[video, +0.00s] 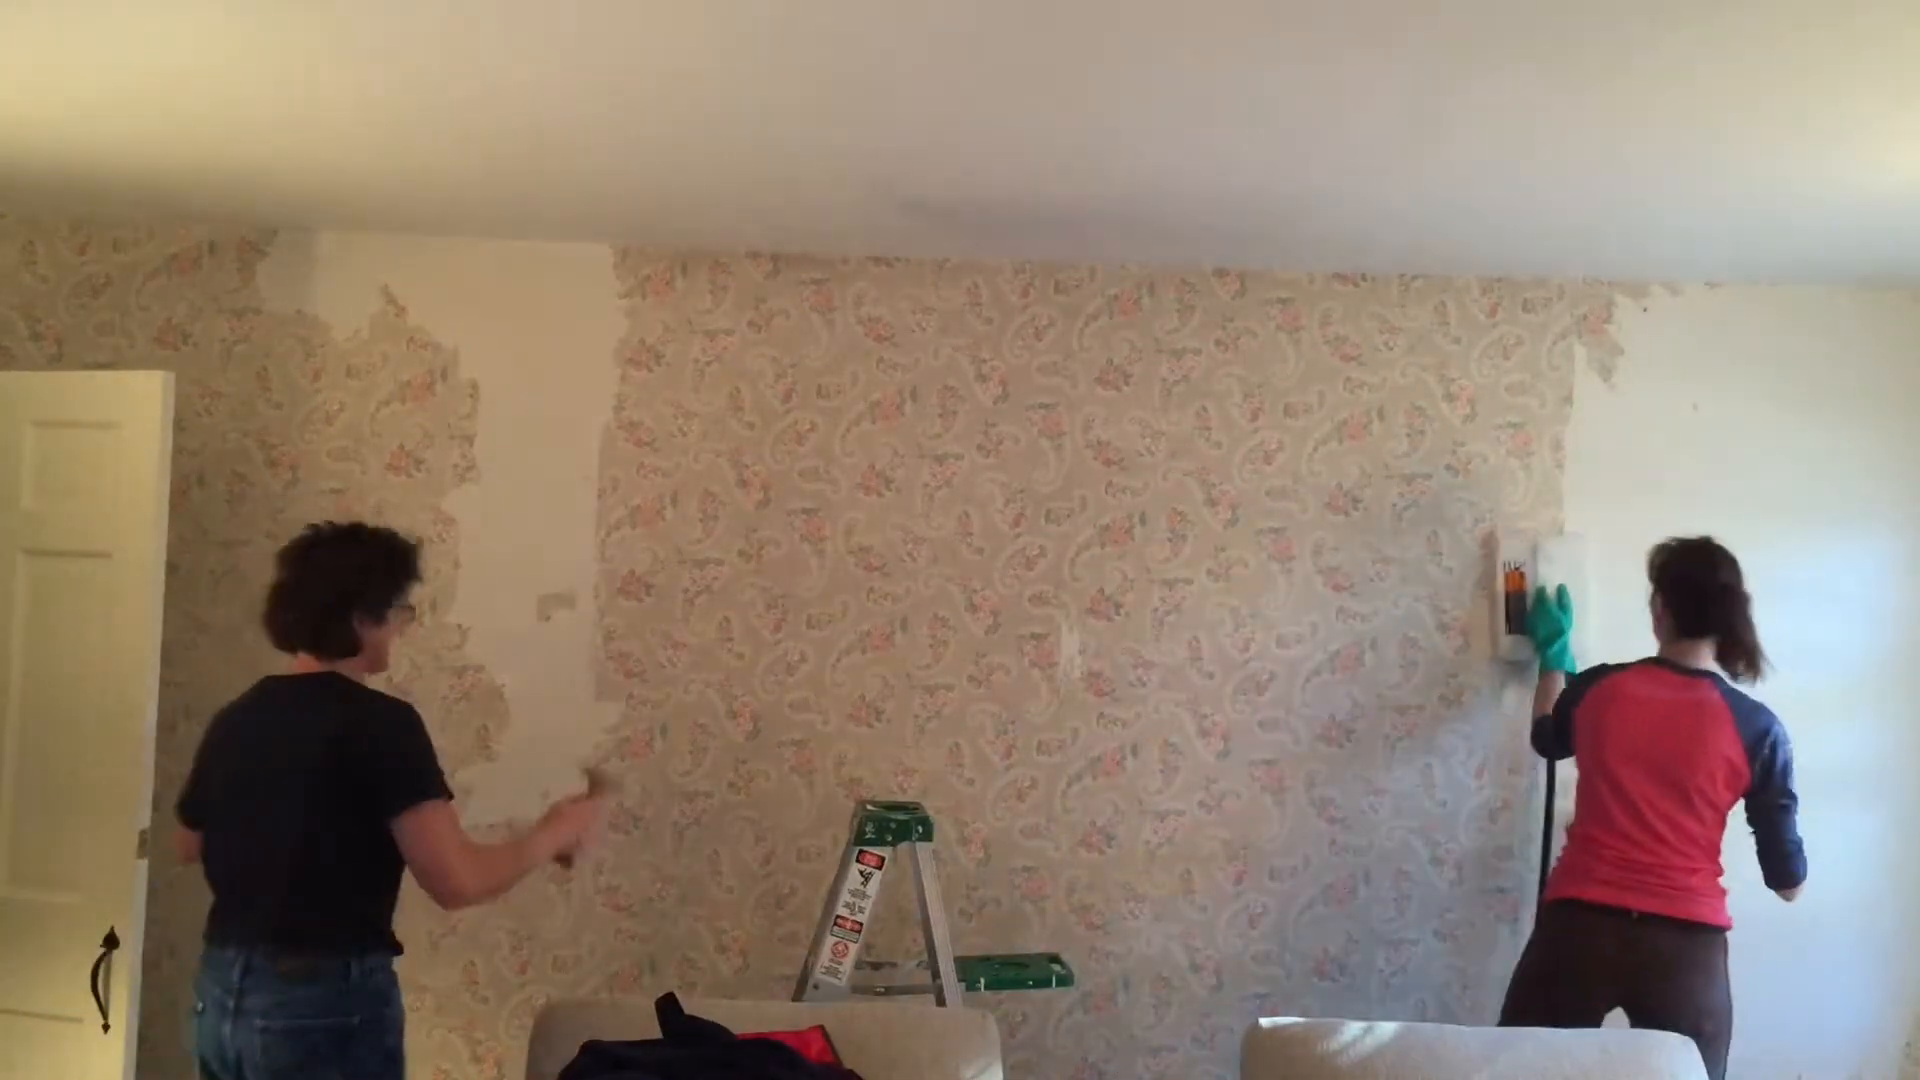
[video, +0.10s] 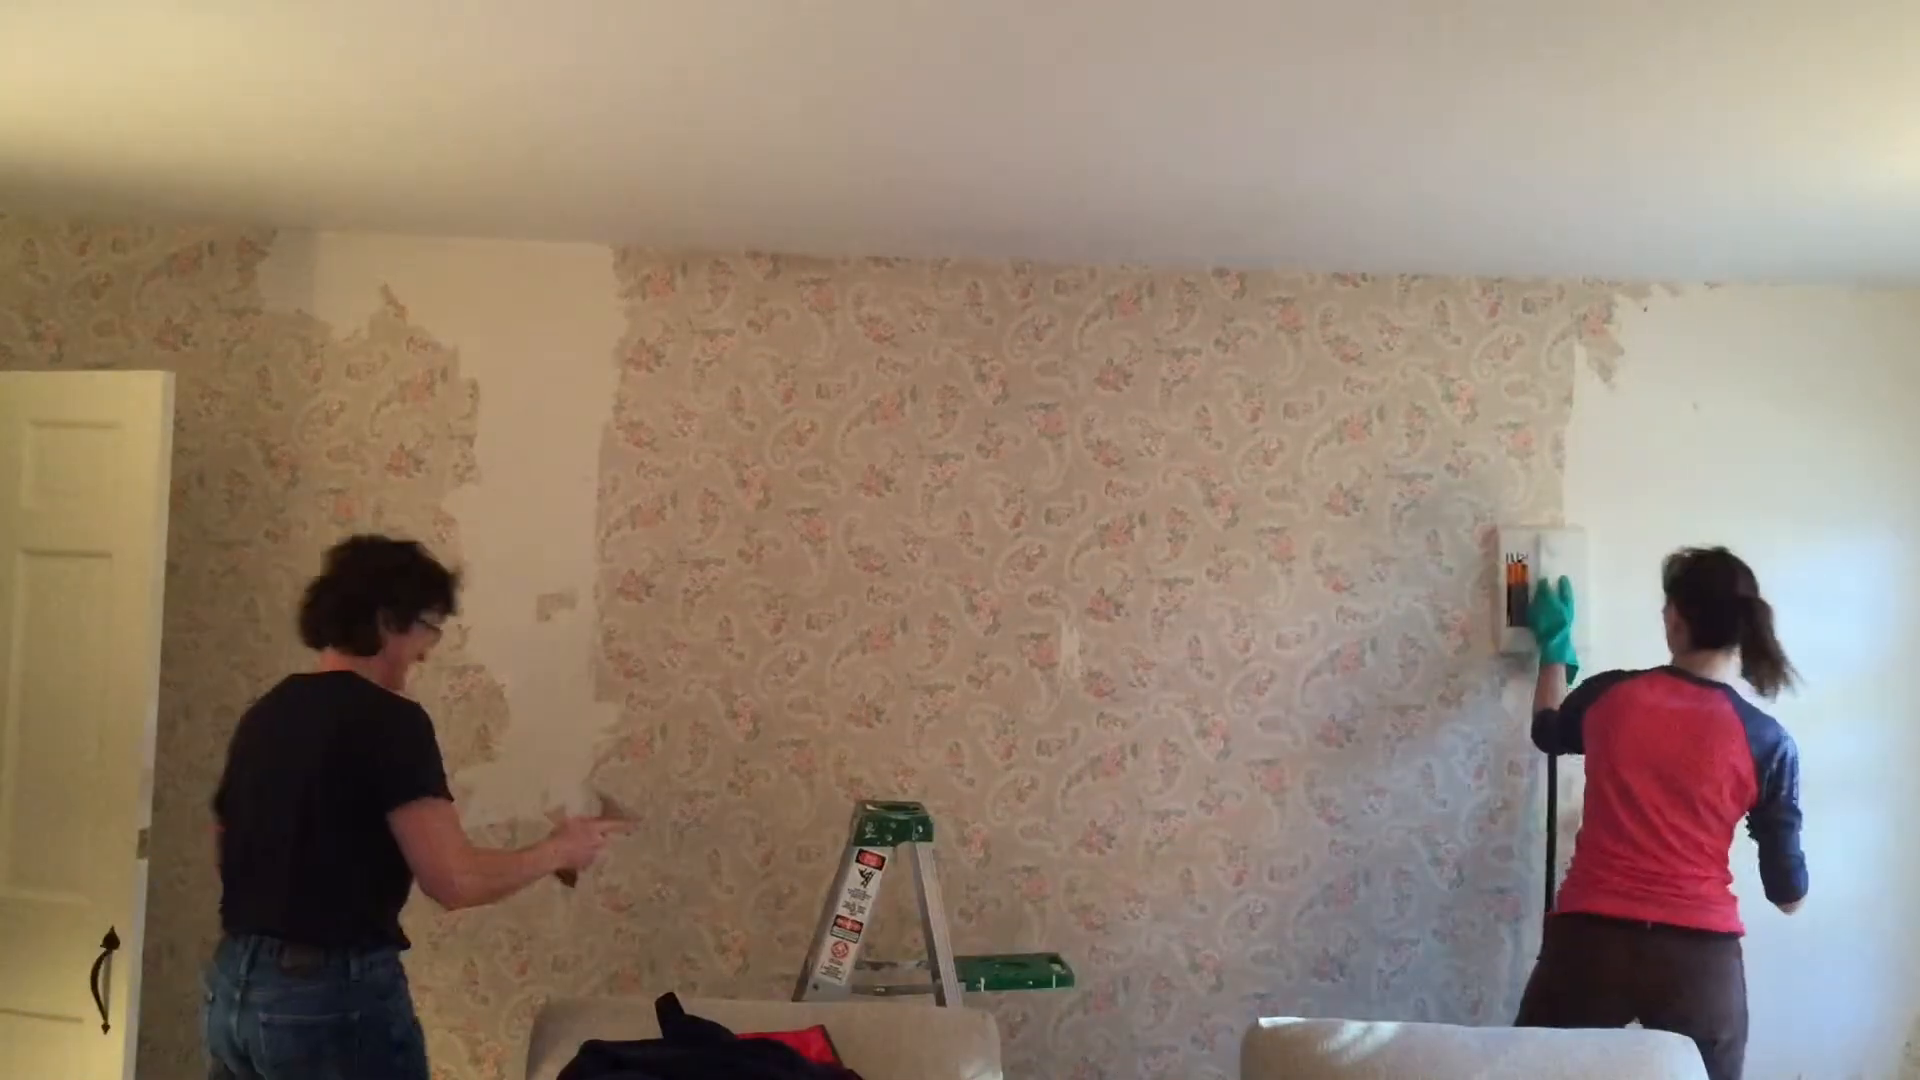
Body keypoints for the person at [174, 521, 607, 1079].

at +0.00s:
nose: (406, 624)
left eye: (406, 610)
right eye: (399, 609)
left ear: (303, 609)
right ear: (358, 616)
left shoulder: (237, 718)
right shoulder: (382, 722)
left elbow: (188, 842)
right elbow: (456, 880)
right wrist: (552, 836)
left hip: (222, 996)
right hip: (328, 1011)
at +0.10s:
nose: (431, 649)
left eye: (436, 631)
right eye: (428, 628)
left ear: (336, 619)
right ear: (385, 622)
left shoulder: (266, 712)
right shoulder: (391, 721)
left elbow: (230, 853)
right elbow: (454, 878)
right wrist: (557, 852)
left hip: (234, 986)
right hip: (338, 1002)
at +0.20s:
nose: (454, 650)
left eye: (460, 634)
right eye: (452, 631)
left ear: (364, 616)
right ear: (408, 619)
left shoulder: (300, 700)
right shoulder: (407, 713)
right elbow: (474, 864)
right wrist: (585, 839)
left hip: (253, 973)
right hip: (349, 989)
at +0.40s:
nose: (508, 631)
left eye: (513, 615)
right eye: (505, 613)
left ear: (423, 602)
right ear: (463, 607)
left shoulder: (356, 692)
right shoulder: (458, 707)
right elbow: (512, 856)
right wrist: (642, 826)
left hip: (325, 954)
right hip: (415, 967)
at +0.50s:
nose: (552, 633)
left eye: (556, 619)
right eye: (546, 617)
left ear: (481, 611)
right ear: (504, 614)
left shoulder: (392, 695)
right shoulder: (493, 722)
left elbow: (351, 797)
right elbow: (526, 878)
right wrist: (652, 847)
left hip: (357, 960)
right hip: (445, 974)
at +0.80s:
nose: (616, 637)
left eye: (621, 622)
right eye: (611, 620)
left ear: (554, 612)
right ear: (569, 614)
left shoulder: (469, 684)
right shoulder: (555, 719)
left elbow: (412, 775)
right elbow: (593, 866)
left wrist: (507, 767)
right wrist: (715, 833)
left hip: (427, 941)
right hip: (492, 960)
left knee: (453, 1071)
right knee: (487, 1070)